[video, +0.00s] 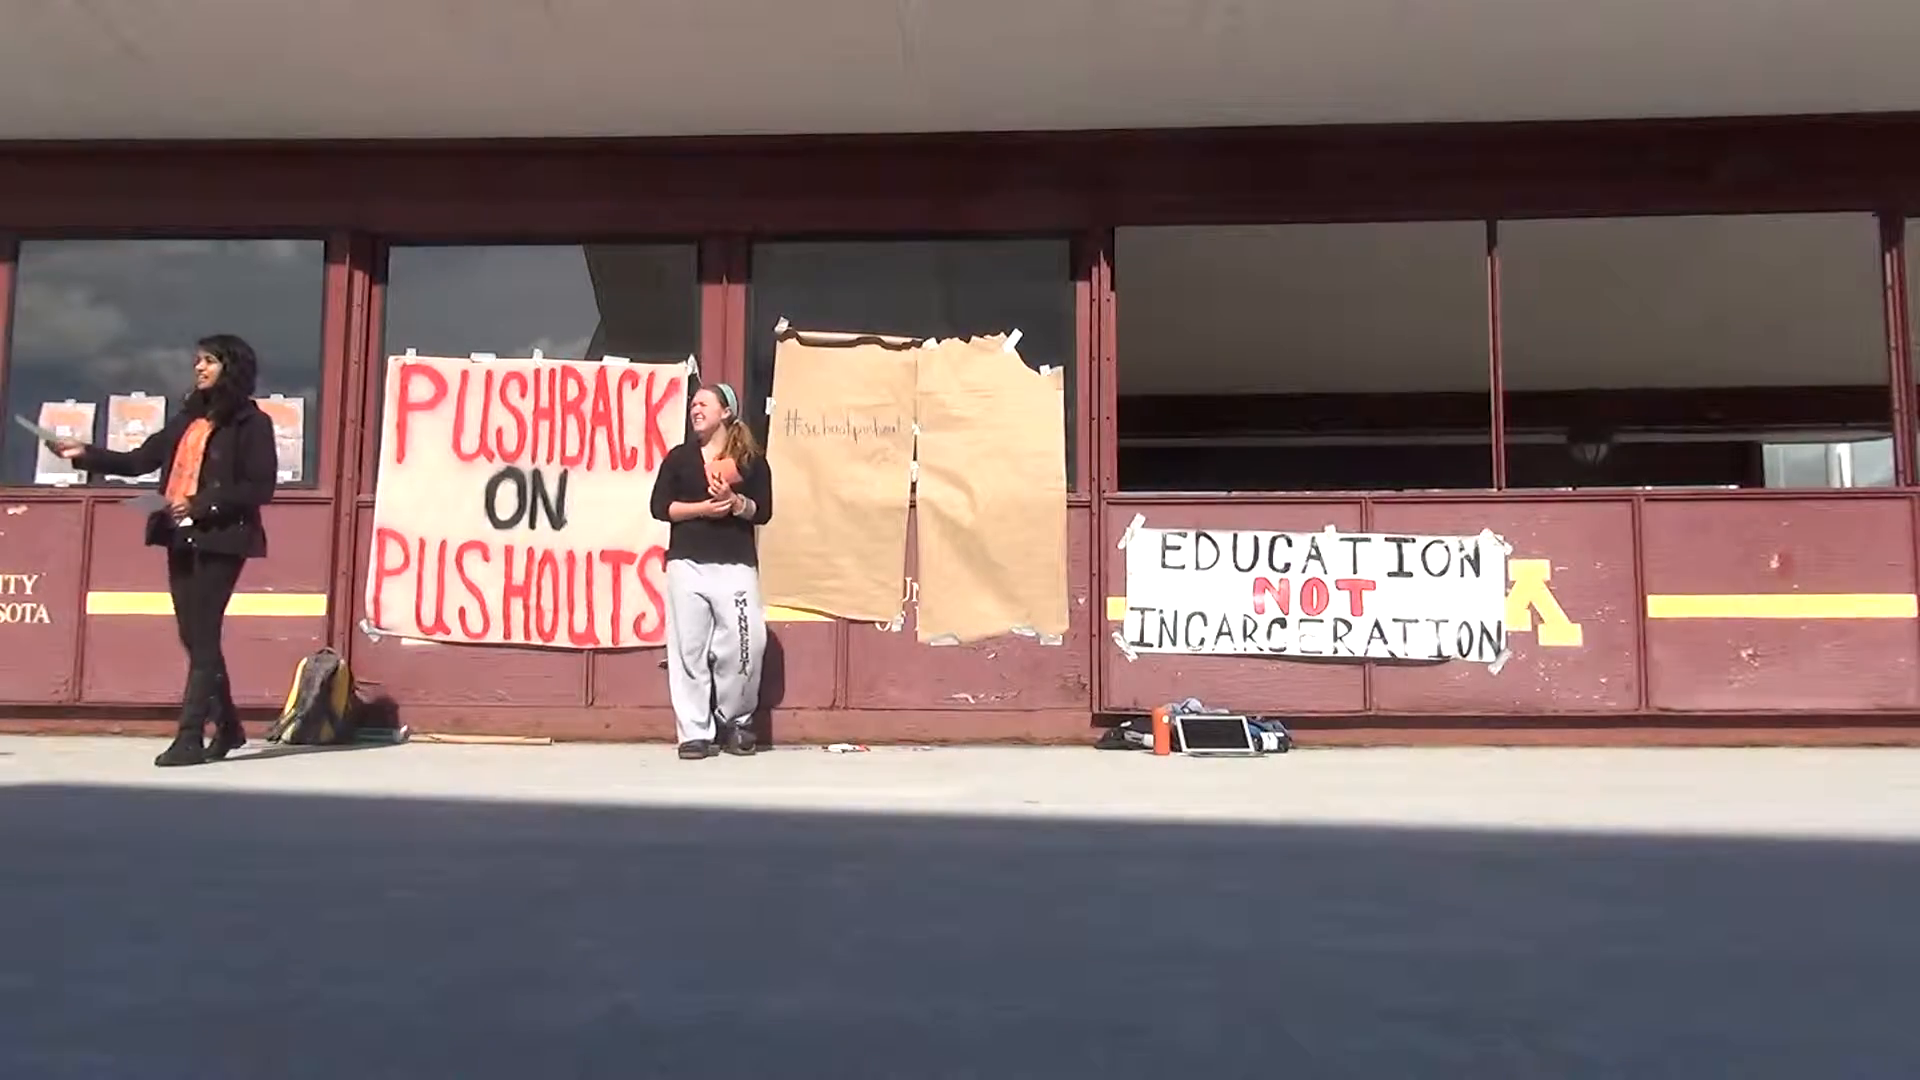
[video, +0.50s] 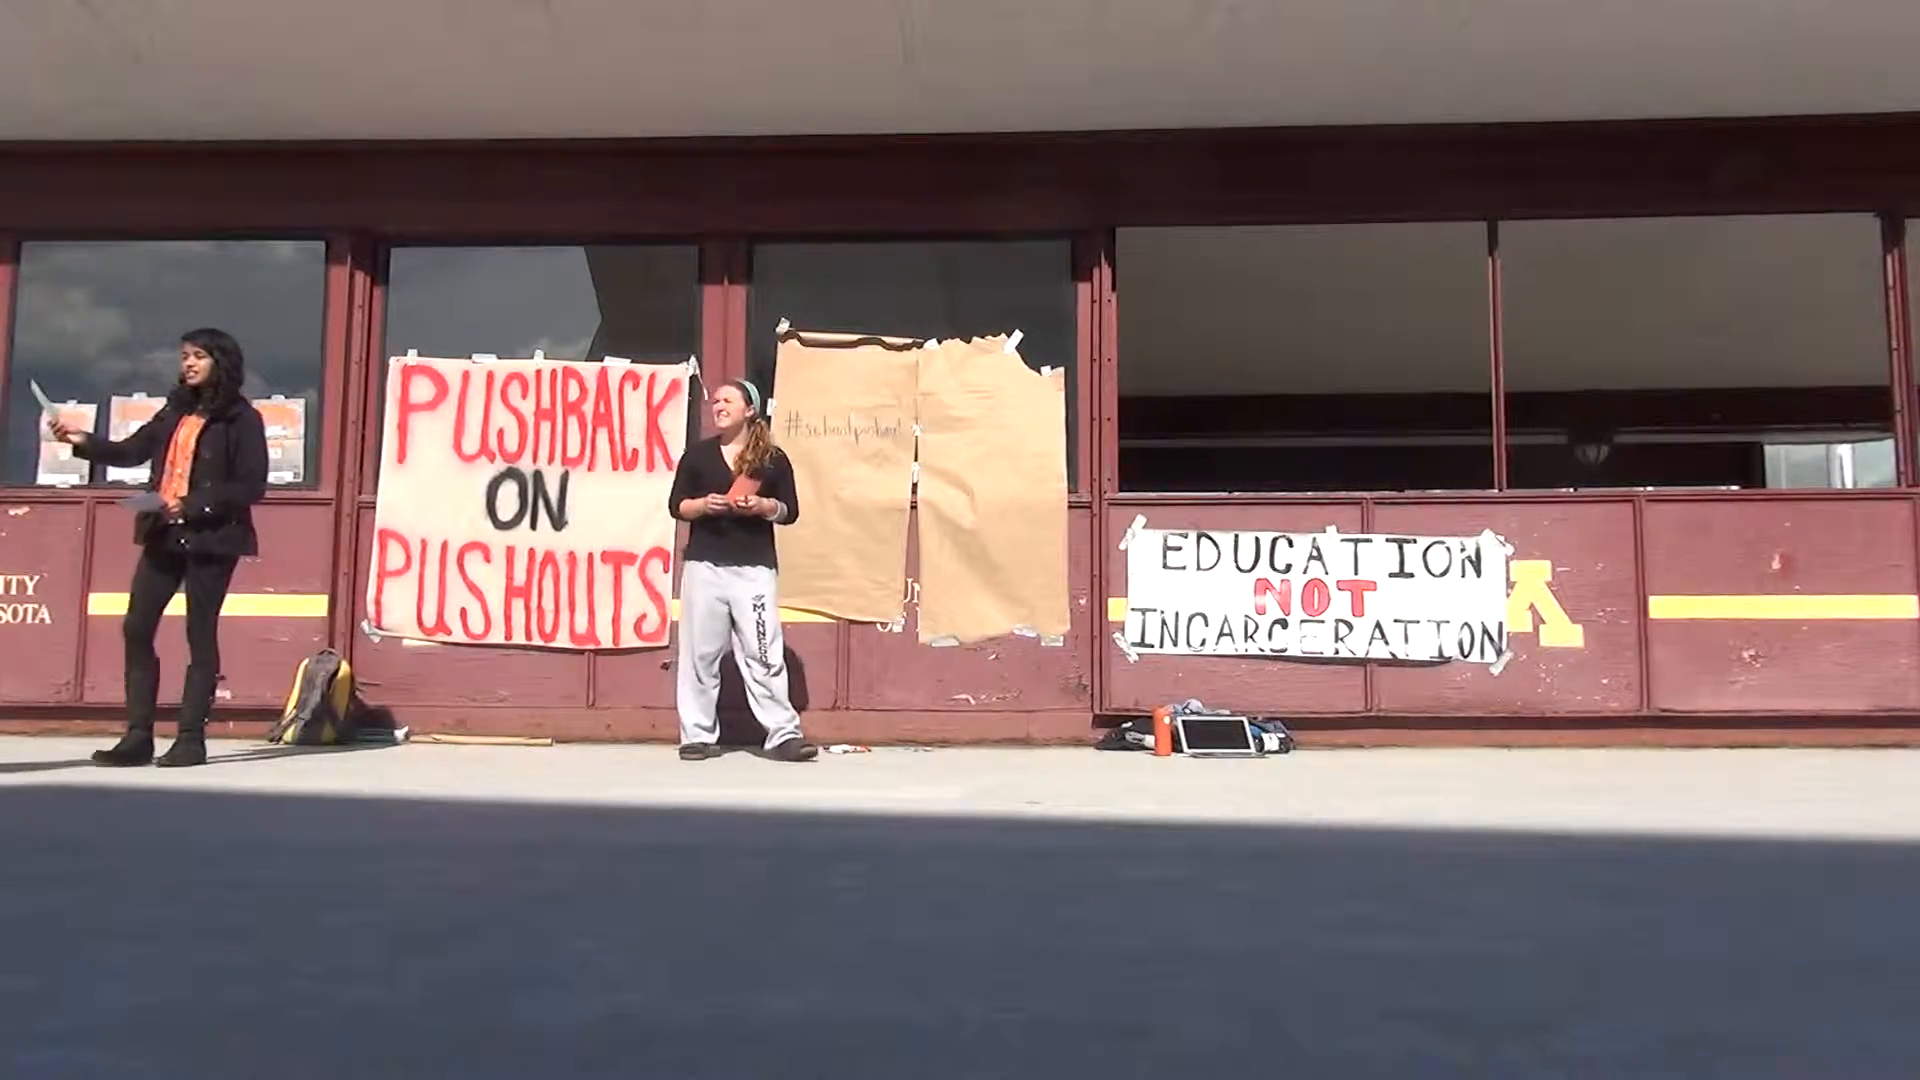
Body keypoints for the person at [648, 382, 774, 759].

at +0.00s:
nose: (695, 410)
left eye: (703, 404)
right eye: (694, 404)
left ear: (726, 412)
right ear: (692, 412)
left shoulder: (750, 458)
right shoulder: (678, 457)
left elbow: (763, 513)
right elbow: (660, 507)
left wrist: (737, 502)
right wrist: (705, 508)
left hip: (735, 563)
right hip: (687, 562)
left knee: (743, 646)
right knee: (689, 648)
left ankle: (735, 723)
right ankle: (695, 733)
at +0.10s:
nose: (695, 409)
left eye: (703, 404)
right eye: (694, 404)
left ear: (726, 411)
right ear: (691, 411)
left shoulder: (751, 458)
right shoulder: (678, 456)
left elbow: (762, 512)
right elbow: (660, 506)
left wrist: (736, 501)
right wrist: (705, 507)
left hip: (736, 562)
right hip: (687, 562)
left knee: (744, 646)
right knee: (688, 648)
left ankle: (740, 727)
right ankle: (695, 734)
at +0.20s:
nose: (698, 409)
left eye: (706, 403)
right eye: (696, 404)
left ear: (729, 411)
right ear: (694, 411)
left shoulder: (753, 459)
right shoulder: (679, 456)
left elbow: (765, 512)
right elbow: (661, 506)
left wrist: (738, 502)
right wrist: (703, 507)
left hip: (738, 565)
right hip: (688, 564)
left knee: (750, 647)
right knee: (689, 651)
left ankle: (758, 731)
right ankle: (695, 735)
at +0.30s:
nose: (702, 408)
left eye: (711, 402)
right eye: (700, 402)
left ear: (734, 411)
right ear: (697, 410)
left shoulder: (757, 457)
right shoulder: (682, 456)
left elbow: (771, 511)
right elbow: (664, 507)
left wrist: (744, 503)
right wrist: (699, 508)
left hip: (741, 567)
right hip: (691, 566)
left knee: (757, 649)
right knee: (692, 653)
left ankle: (774, 732)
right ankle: (696, 736)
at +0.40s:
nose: (708, 407)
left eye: (717, 401)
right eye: (706, 402)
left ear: (740, 410)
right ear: (704, 410)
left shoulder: (763, 457)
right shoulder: (688, 456)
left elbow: (779, 511)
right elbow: (671, 507)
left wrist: (753, 504)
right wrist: (701, 505)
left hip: (746, 568)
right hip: (696, 566)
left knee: (761, 650)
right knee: (695, 653)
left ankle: (781, 730)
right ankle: (697, 735)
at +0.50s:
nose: (717, 407)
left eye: (726, 401)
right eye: (716, 401)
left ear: (749, 410)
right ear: (715, 408)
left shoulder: (773, 457)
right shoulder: (696, 455)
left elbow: (789, 511)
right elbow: (677, 507)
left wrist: (764, 507)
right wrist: (705, 506)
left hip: (755, 569)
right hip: (704, 567)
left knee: (765, 653)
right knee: (701, 654)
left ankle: (783, 734)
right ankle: (697, 736)